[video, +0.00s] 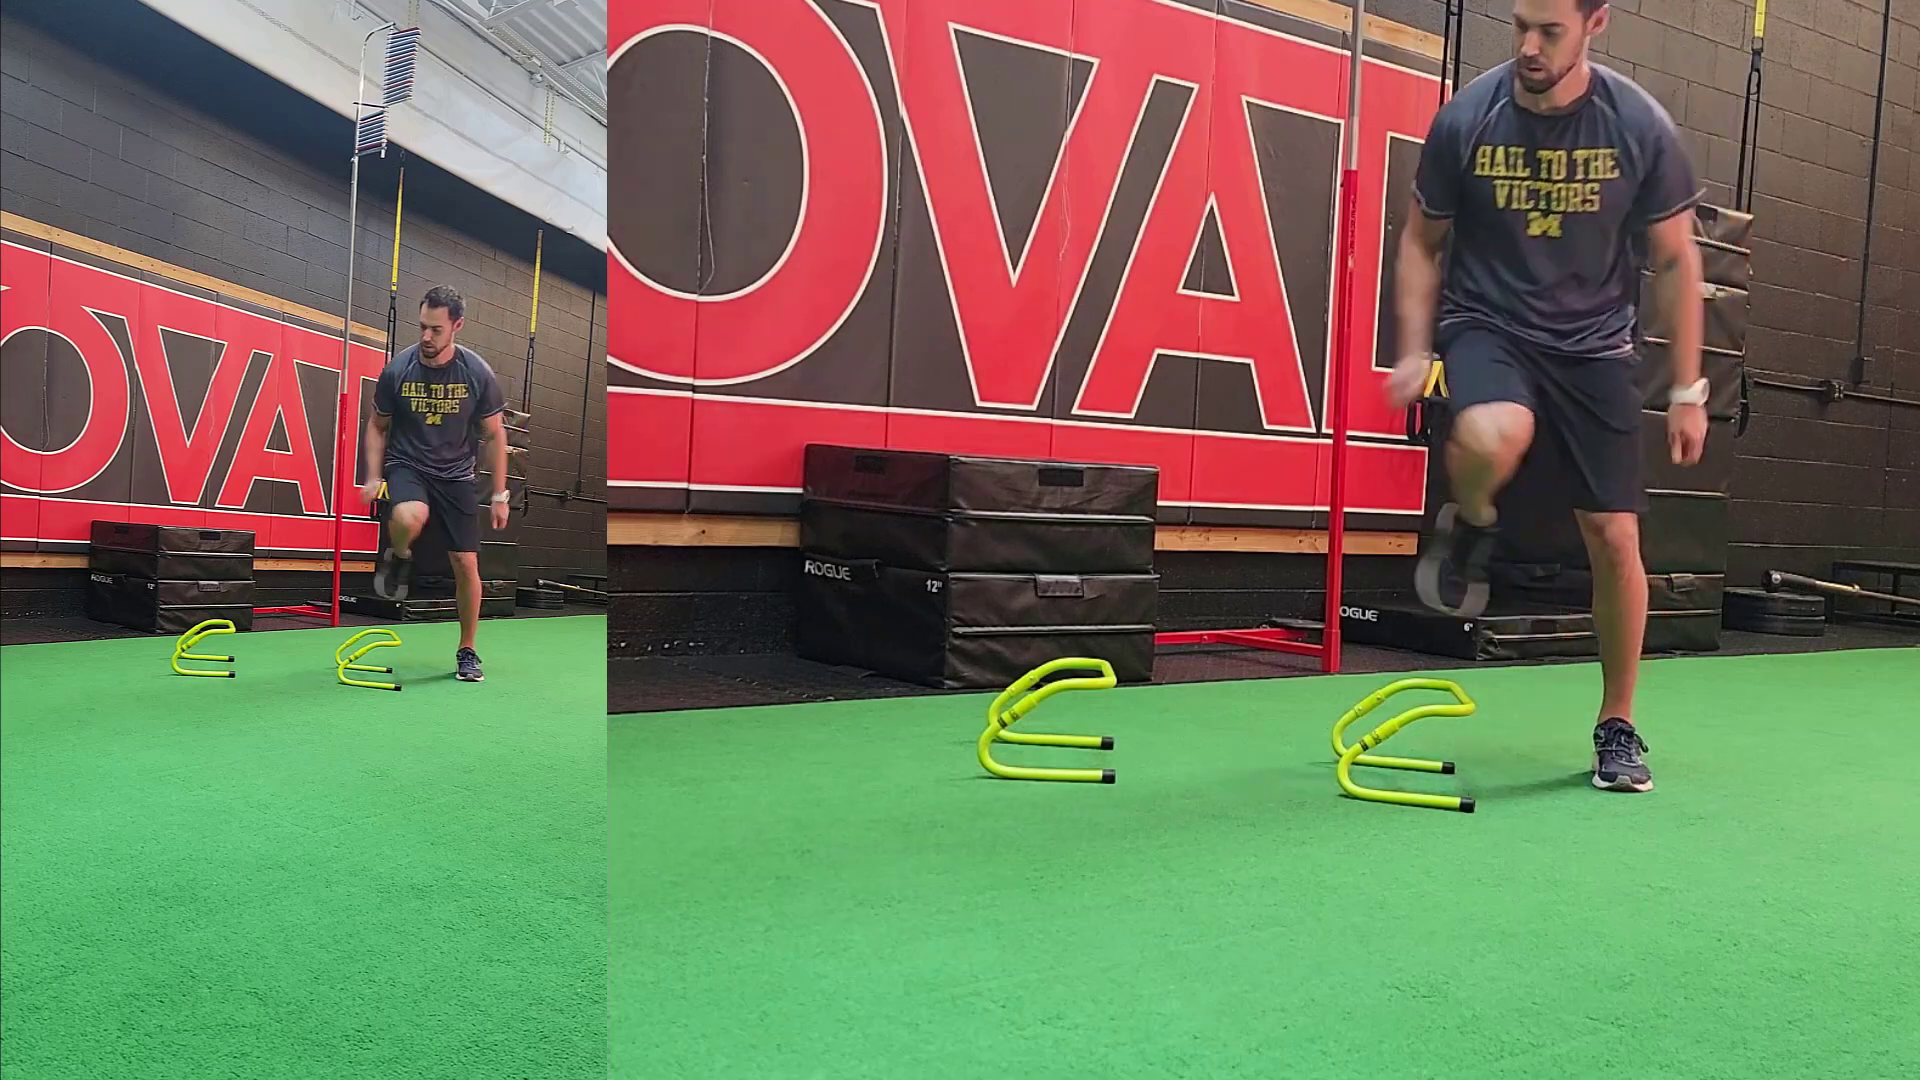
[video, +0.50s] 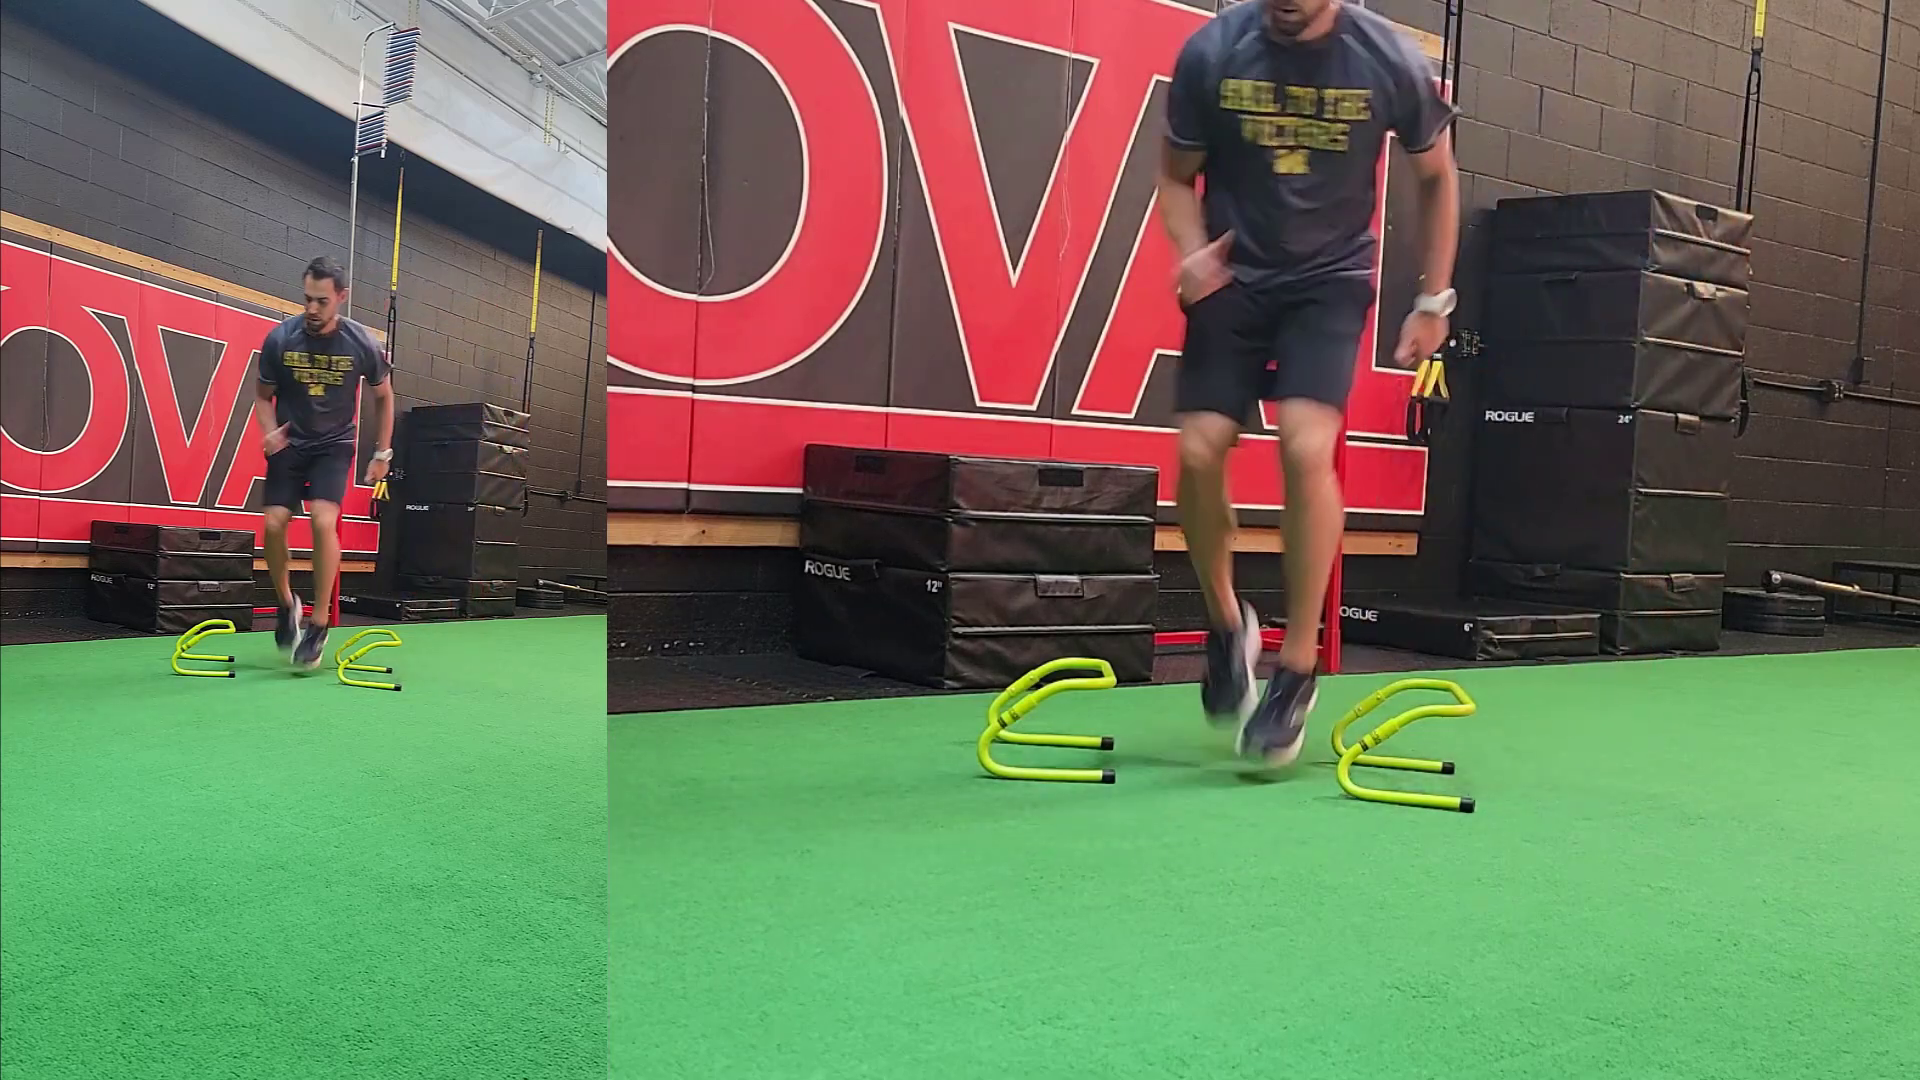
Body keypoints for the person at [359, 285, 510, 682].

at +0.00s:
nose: (427, 336)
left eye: (435, 328)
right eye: (422, 327)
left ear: (457, 326)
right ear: (417, 322)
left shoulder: (478, 374)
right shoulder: (397, 370)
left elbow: (494, 434)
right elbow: (377, 426)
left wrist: (500, 493)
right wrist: (372, 477)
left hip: (456, 474)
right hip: (406, 466)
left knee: (466, 564)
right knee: (408, 519)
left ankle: (468, 649)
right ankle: (398, 559)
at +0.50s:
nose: (313, 308)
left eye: (321, 301)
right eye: (308, 299)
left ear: (342, 297)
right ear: (301, 295)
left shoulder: (364, 344)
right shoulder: (280, 340)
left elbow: (384, 395)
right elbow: (263, 396)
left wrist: (382, 451)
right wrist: (270, 430)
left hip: (336, 447)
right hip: (289, 444)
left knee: (323, 521)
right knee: (273, 523)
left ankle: (319, 622)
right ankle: (287, 604)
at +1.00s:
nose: (175, 362)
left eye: (184, 353)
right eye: (169, 351)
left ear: (204, 345)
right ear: (163, 343)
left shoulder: (227, 395)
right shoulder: (151, 379)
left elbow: (206, 465)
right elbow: (155, 435)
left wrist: (160, 422)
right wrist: (155, 417)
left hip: (210, 481)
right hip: (162, 474)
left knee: (172, 522)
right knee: (128, 544)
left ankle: (168, 572)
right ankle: (120, 634)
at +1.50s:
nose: (240, 318)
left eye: (246, 309)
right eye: (231, 310)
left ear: (254, 303)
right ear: (215, 303)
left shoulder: (277, 349)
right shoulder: (191, 347)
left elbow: (305, 394)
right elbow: (179, 393)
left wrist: (306, 451)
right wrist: (192, 416)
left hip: (253, 451)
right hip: (203, 449)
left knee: (254, 531)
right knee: (169, 530)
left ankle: (280, 609)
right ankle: (127, 623)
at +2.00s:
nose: (391, 324)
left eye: (398, 315)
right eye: (383, 314)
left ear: (405, 310)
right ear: (362, 304)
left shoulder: (409, 347)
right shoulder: (331, 355)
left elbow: (412, 395)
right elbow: (310, 420)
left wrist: (412, 448)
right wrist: (309, 481)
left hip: (389, 453)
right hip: (340, 456)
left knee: (421, 523)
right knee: (334, 540)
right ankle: (299, 636)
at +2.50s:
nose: (483, 399)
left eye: (491, 391)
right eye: (476, 389)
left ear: (498, 385)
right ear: (457, 378)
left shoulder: (492, 413)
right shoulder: (421, 421)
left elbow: (468, 446)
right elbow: (396, 491)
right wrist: (456, 498)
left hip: (456, 497)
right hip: (412, 499)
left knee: (478, 563)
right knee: (454, 557)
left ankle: (464, 651)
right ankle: (445, 589)